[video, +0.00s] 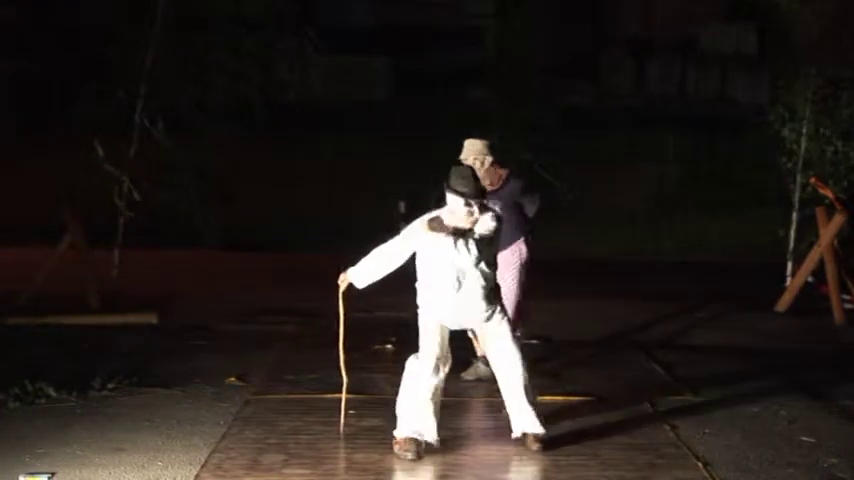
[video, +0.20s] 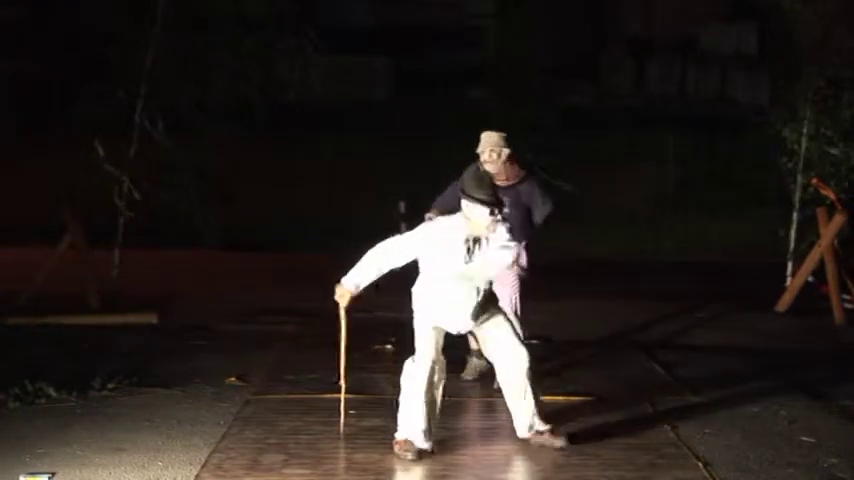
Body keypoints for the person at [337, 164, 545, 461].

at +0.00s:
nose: (470, 211)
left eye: (475, 204)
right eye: (464, 204)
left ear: (480, 202)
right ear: (450, 200)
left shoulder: (487, 220)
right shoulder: (426, 226)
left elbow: (489, 225)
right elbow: (391, 252)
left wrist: (451, 225)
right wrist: (355, 275)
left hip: (482, 309)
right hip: (436, 312)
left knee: (511, 363)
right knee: (429, 364)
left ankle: (528, 429)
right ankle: (409, 433)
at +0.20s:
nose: (492, 217)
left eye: (495, 210)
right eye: (485, 211)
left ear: (498, 208)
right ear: (467, 207)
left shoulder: (503, 237)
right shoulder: (438, 232)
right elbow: (389, 252)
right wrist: (352, 283)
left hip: (477, 302)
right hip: (433, 303)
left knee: (514, 356)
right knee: (426, 363)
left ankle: (529, 425)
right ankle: (411, 436)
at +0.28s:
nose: (501, 215)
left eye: (502, 208)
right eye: (495, 209)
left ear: (503, 207)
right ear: (473, 205)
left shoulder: (502, 228)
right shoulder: (441, 229)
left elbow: (531, 239)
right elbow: (391, 250)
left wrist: (537, 255)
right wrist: (365, 285)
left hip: (479, 306)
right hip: (435, 309)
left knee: (517, 353)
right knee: (427, 365)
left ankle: (534, 426)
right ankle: (408, 438)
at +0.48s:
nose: (529, 200)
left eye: (530, 194)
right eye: (523, 195)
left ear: (531, 191)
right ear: (503, 193)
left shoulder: (535, 210)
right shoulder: (473, 213)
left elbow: (581, 182)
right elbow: (424, 220)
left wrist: (622, 164)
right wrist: (420, 265)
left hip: (495, 301)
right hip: (450, 298)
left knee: (520, 359)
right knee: (435, 361)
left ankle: (544, 421)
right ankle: (413, 434)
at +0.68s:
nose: (524, 188)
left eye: (529, 183)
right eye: (521, 183)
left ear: (534, 182)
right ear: (510, 181)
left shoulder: (542, 223)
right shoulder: (488, 210)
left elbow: (563, 206)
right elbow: (471, 268)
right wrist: (457, 311)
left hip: (521, 304)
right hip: (475, 298)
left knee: (548, 356)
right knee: (453, 358)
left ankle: (554, 417)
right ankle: (425, 430)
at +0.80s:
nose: (517, 163)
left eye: (521, 158)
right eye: (511, 157)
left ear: (527, 159)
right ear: (499, 157)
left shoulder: (535, 181)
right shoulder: (482, 175)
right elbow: (466, 193)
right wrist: (464, 220)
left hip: (522, 245)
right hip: (485, 239)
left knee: (516, 304)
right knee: (482, 301)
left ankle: (508, 364)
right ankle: (479, 361)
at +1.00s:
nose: (509, 169)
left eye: (515, 164)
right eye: (504, 164)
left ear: (522, 168)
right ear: (493, 165)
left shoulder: (527, 190)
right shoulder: (479, 194)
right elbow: (463, 237)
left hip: (519, 259)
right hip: (487, 260)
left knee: (521, 317)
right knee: (497, 317)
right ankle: (502, 372)